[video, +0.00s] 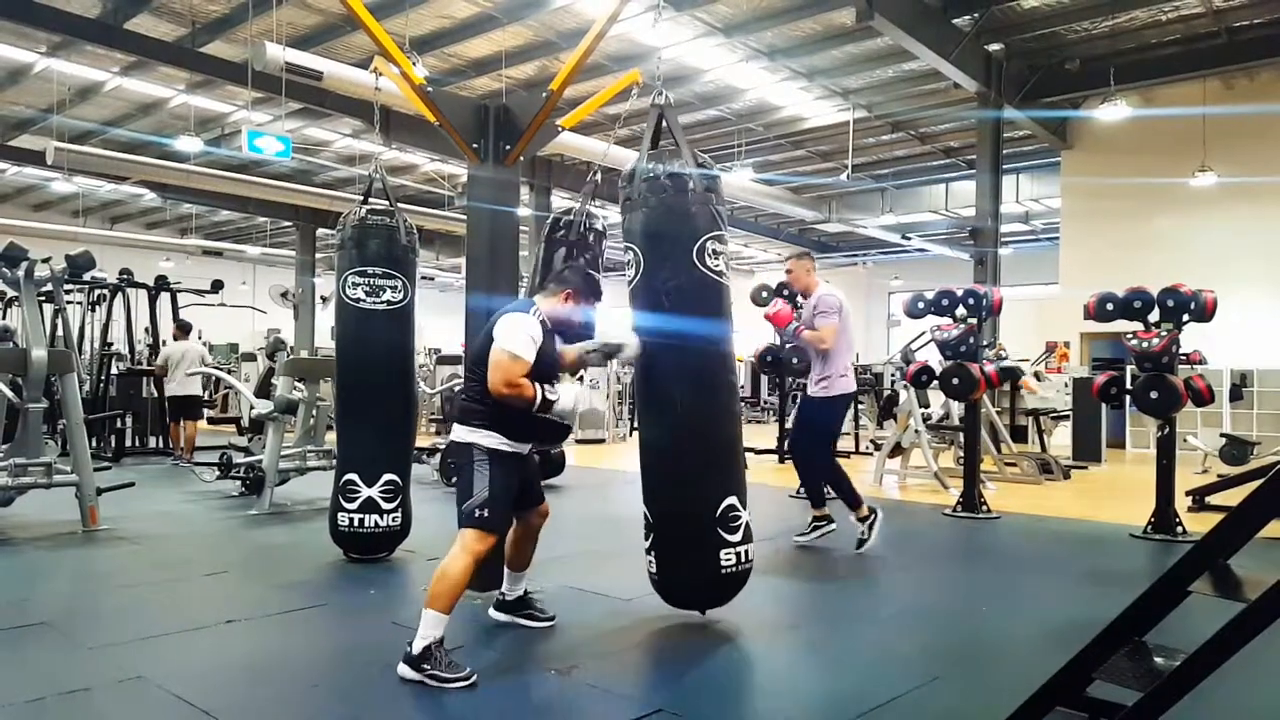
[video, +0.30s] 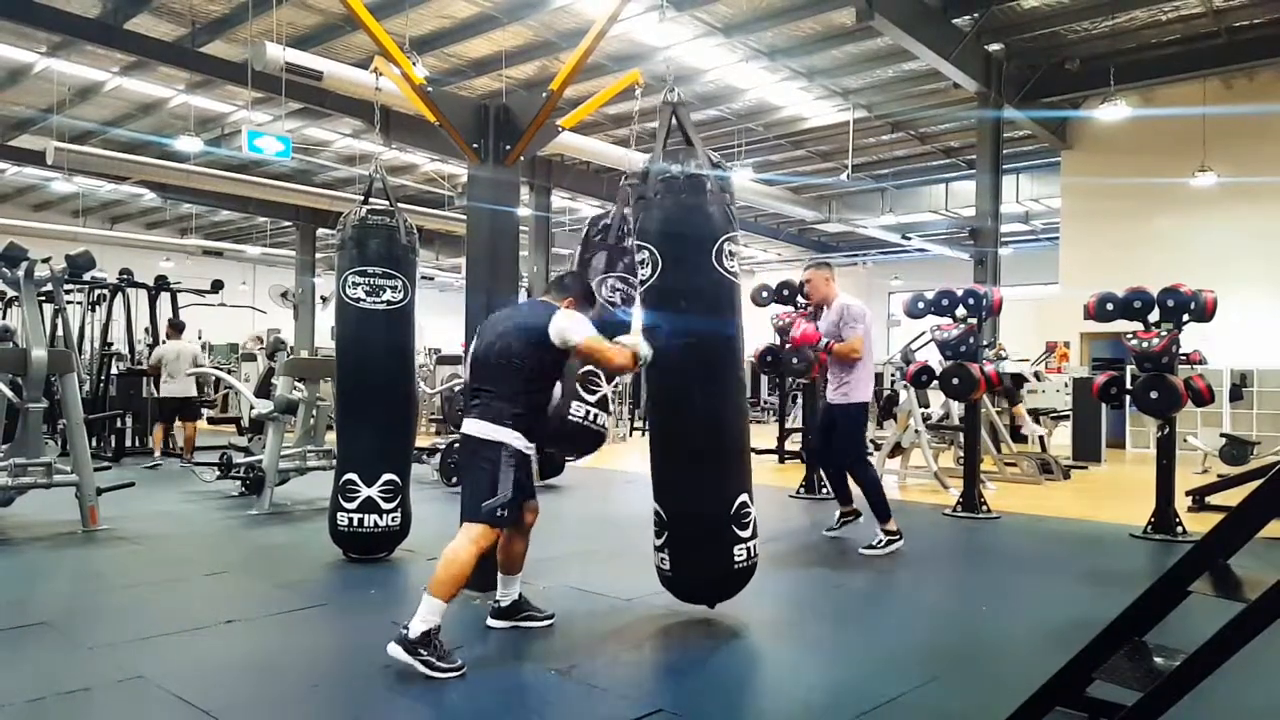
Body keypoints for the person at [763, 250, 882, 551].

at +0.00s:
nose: (787, 278)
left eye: (790, 272)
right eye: (786, 273)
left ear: (809, 271)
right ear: (805, 273)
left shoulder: (826, 298)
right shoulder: (808, 303)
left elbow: (825, 341)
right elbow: (811, 344)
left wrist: (791, 327)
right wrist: (786, 331)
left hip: (834, 391)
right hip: (818, 389)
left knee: (819, 454)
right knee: (800, 449)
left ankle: (865, 514)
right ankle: (821, 517)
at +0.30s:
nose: (805, 290)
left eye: (808, 282)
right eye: (803, 284)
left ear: (828, 280)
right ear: (823, 283)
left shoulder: (850, 308)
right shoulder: (822, 316)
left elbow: (855, 351)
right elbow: (826, 355)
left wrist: (818, 342)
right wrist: (802, 338)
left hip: (854, 399)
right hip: (834, 398)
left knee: (854, 460)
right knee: (826, 455)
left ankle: (890, 528)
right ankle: (847, 509)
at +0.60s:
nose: (802, 303)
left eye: (805, 296)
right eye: (800, 298)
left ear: (823, 291)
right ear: (818, 294)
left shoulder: (842, 317)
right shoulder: (820, 323)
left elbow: (841, 356)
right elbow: (818, 363)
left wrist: (809, 343)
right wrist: (789, 348)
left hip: (842, 404)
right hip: (827, 403)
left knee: (836, 464)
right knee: (829, 463)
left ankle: (882, 525)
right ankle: (842, 518)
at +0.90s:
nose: (785, 315)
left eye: (786, 309)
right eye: (782, 311)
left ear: (800, 300)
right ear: (793, 305)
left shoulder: (822, 321)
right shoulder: (805, 326)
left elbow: (824, 359)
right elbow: (802, 359)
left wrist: (795, 345)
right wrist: (774, 347)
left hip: (826, 405)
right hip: (818, 404)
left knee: (809, 463)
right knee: (835, 462)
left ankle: (788, 528)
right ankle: (845, 518)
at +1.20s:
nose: (776, 315)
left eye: (778, 308)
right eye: (773, 311)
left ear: (792, 298)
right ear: (774, 309)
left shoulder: (818, 321)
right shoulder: (786, 326)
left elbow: (814, 362)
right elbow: (759, 358)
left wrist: (783, 346)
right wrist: (769, 339)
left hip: (813, 402)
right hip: (795, 402)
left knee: (796, 460)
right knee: (806, 458)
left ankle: (782, 529)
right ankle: (835, 508)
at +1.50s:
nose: (751, 318)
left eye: (754, 312)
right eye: (749, 313)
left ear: (770, 306)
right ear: (759, 310)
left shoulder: (798, 325)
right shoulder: (765, 330)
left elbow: (828, 353)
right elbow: (765, 362)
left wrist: (813, 367)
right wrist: (758, 371)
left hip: (800, 405)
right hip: (790, 404)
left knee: (769, 459)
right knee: (808, 459)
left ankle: (780, 529)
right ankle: (838, 508)